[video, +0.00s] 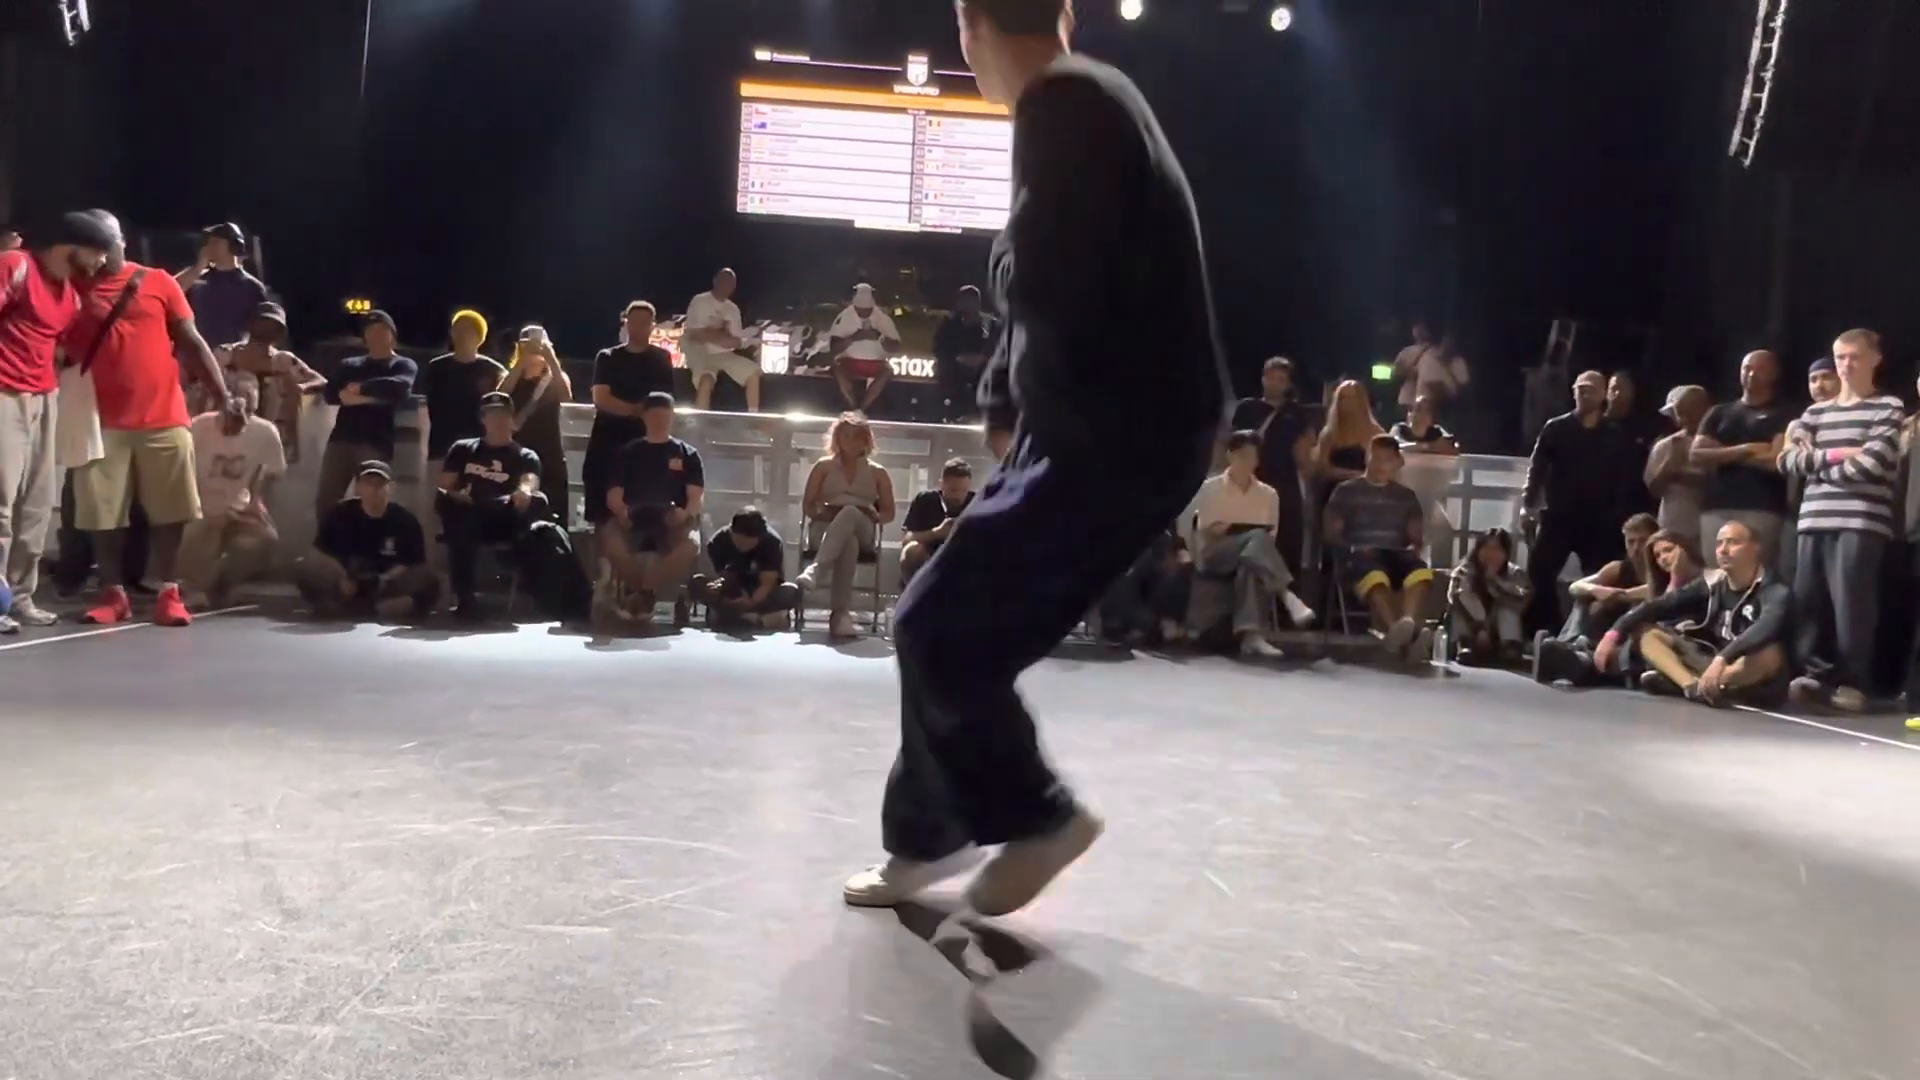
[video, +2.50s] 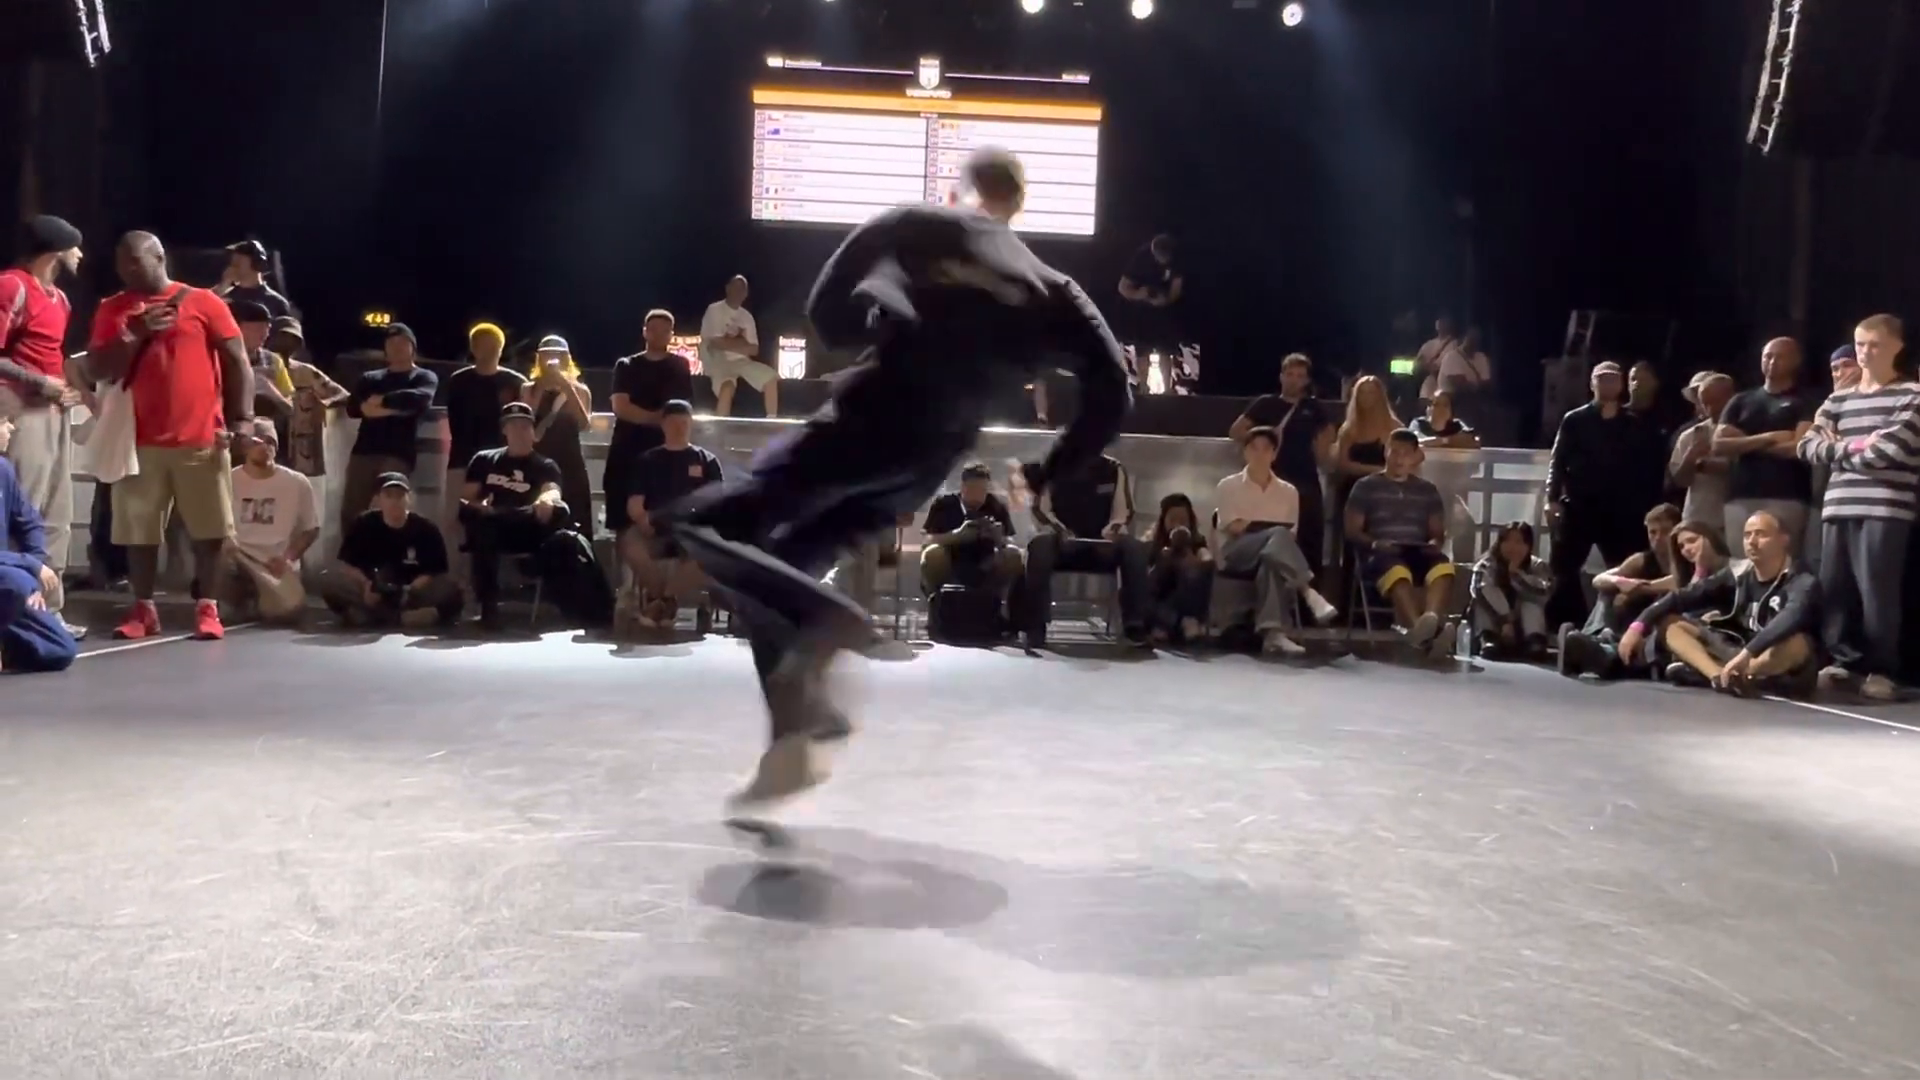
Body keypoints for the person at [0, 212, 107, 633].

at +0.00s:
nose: (94, 267)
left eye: (98, 260)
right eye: (90, 258)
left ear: (73, 253)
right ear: (65, 246)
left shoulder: (71, 295)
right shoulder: (16, 267)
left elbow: (60, 348)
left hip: (44, 398)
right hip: (8, 396)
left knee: (38, 503)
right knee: (6, 502)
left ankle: (21, 597)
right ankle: (3, 599)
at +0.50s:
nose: (77, 284)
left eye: (80, 278)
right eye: (73, 275)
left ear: (63, 266)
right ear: (53, 259)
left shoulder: (66, 306)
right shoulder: (9, 283)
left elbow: (64, 359)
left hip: (43, 410)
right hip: (6, 410)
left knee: (37, 512)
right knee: (4, 510)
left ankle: (21, 607)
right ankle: (3, 606)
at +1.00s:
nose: (68, 299)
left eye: (73, 292)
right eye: (64, 289)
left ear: (68, 284)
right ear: (43, 275)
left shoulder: (66, 323)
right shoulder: (8, 301)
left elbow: (64, 379)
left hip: (46, 425)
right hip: (7, 426)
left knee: (44, 526)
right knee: (9, 523)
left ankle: (30, 620)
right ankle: (13, 620)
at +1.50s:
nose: (74, 275)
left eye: (74, 268)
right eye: (67, 268)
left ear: (48, 271)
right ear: (41, 268)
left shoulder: (62, 318)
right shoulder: (7, 304)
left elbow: (64, 372)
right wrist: (3, 403)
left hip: (52, 424)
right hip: (10, 426)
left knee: (47, 525)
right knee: (7, 524)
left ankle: (33, 622)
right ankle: (8, 621)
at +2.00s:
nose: (69, 264)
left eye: (68, 257)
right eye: (64, 258)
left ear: (42, 260)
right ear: (45, 260)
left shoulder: (52, 308)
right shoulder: (9, 296)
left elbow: (43, 364)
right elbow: (4, 363)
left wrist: (63, 400)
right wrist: (28, 390)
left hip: (48, 419)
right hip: (16, 421)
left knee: (50, 520)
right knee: (17, 518)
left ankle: (40, 619)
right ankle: (15, 617)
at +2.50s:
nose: (78, 256)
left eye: (77, 249)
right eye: (73, 249)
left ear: (50, 251)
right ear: (55, 251)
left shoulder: (59, 297)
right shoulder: (15, 286)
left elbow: (49, 353)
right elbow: (2, 352)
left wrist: (69, 387)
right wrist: (38, 381)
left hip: (54, 409)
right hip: (21, 411)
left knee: (56, 510)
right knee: (24, 508)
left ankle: (48, 610)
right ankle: (22, 608)